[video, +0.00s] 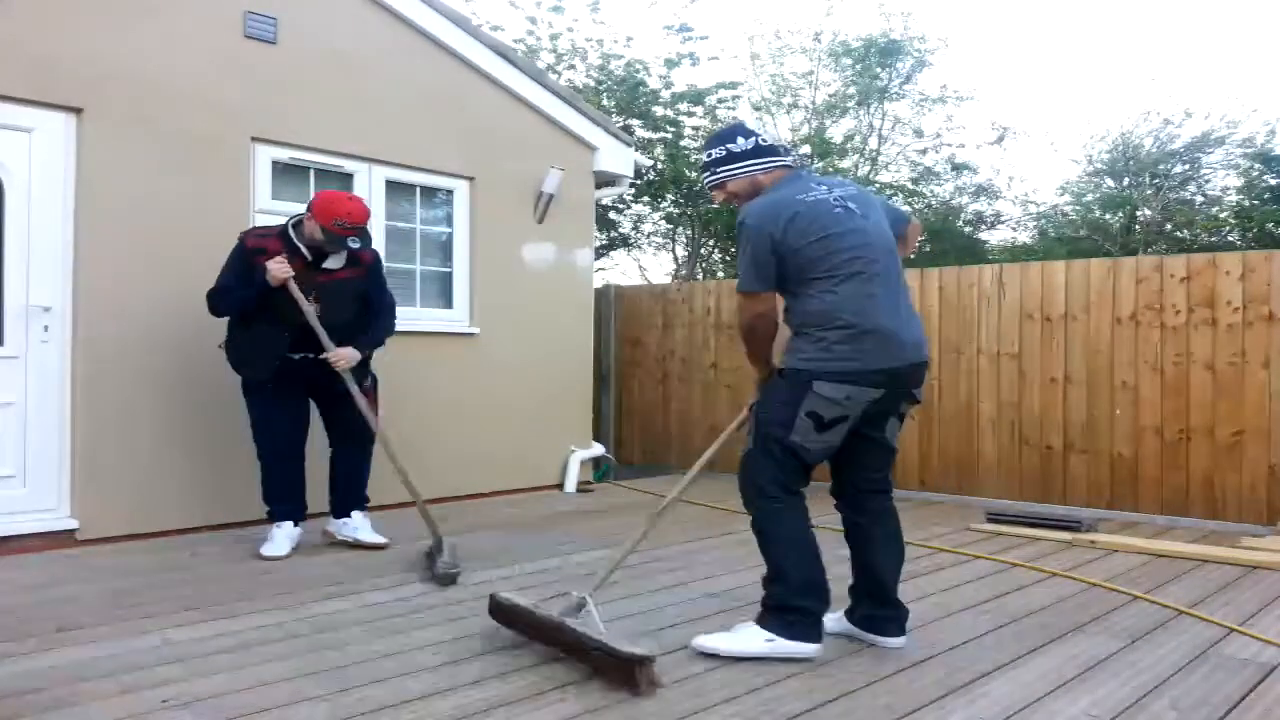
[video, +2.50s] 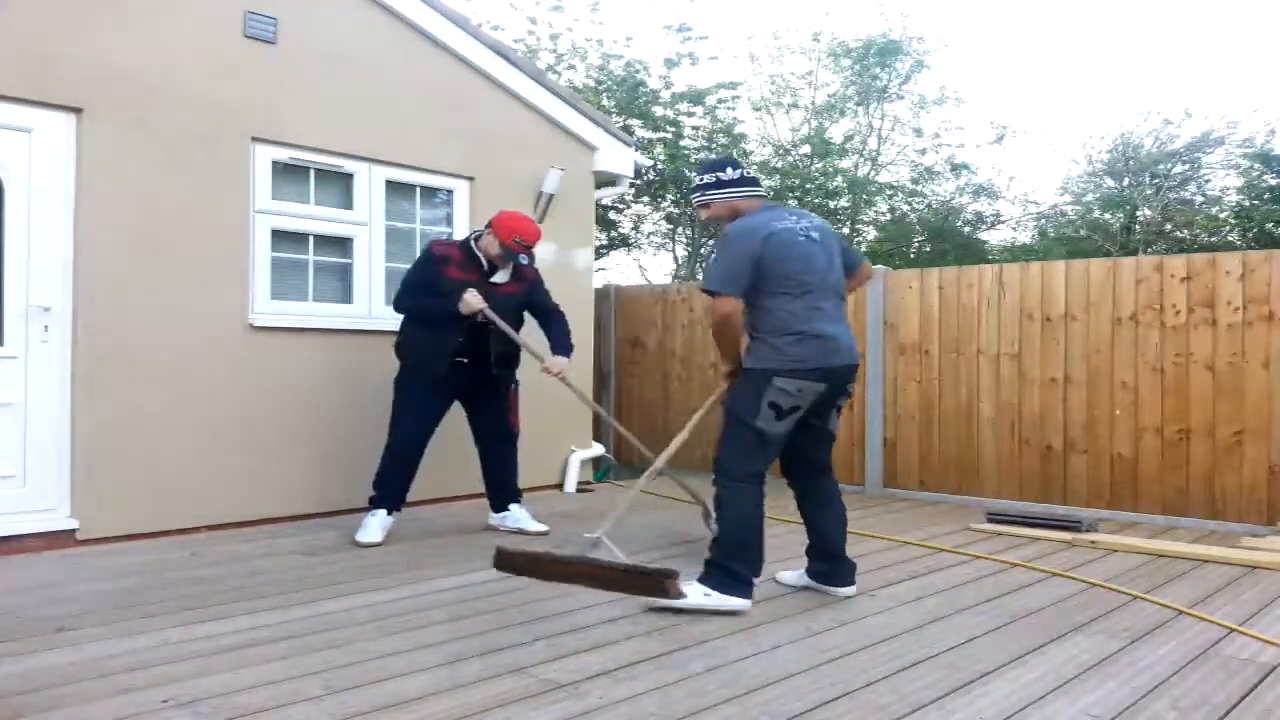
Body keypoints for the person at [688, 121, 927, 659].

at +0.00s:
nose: (722, 198)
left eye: (722, 185)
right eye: (717, 189)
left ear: (751, 169)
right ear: (774, 166)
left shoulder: (762, 216)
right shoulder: (847, 190)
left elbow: (758, 316)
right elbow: (907, 228)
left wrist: (763, 371)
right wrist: (862, 294)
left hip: (833, 361)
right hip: (902, 356)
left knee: (767, 476)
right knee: (864, 483)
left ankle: (791, 623)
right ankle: (878, 616)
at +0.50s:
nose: (613, 219)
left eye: (609, 207)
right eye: (606, 211)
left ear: (630, 189)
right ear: (651, 181)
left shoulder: (660, 224)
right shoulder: (723, 205)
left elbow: (635, 319)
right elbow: (758, 280)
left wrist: (607, 398)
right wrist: (705, 341)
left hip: (765, 360)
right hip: (832, 354)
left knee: (720, 488)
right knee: (825, 485)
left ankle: (704, 620)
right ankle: (861, 614)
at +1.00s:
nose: (617, 207)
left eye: (615, 195)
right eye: (612, 197)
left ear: (638, 182)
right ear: (663, 174)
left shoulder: (655, 222)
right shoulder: (744, 200)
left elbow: (648, 317)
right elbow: (800, 256)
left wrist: (664, 375)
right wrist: (764, 317)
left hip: (726, 360)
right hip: (794, 355)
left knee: (700, 486)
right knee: (765, 476)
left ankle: (704, 617)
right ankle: (769, 592)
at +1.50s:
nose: (595, 222)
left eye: (595, 209)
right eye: (591, 213)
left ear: (621, 196)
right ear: (642, 193)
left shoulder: (634, 235)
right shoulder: (717, 214)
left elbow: (619, 323)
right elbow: (765, 276)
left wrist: (620, 390)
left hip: (721, 360)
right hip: (787, 355)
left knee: (683, 477)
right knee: (767, 474)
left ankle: (676, 594)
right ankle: (768, 590)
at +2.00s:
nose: (586, 222)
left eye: (586, 210)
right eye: (582, 213)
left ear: (613, 199)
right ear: (630, 196)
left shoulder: (628, 236)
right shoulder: (697, 218)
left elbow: (588, 311)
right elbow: (695, 300)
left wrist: (554, 381)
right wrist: (635, 342)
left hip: (716, 361)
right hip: (781, 352)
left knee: (682, 478)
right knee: (789, 466)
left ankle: (677, 594)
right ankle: (827, 573)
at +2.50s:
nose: (703, 215)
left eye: (706, 205)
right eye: (700, 206)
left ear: (730, 196)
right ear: (749, 195)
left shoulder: (741, 234)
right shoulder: (810, 222)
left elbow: (725, 311)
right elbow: (861, 269)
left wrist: (732, 363)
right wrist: (814, 302)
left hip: (782, 363)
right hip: (836, 360)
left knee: (737, 469)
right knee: (808, 463)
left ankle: (728, 582)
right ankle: (832, 571)